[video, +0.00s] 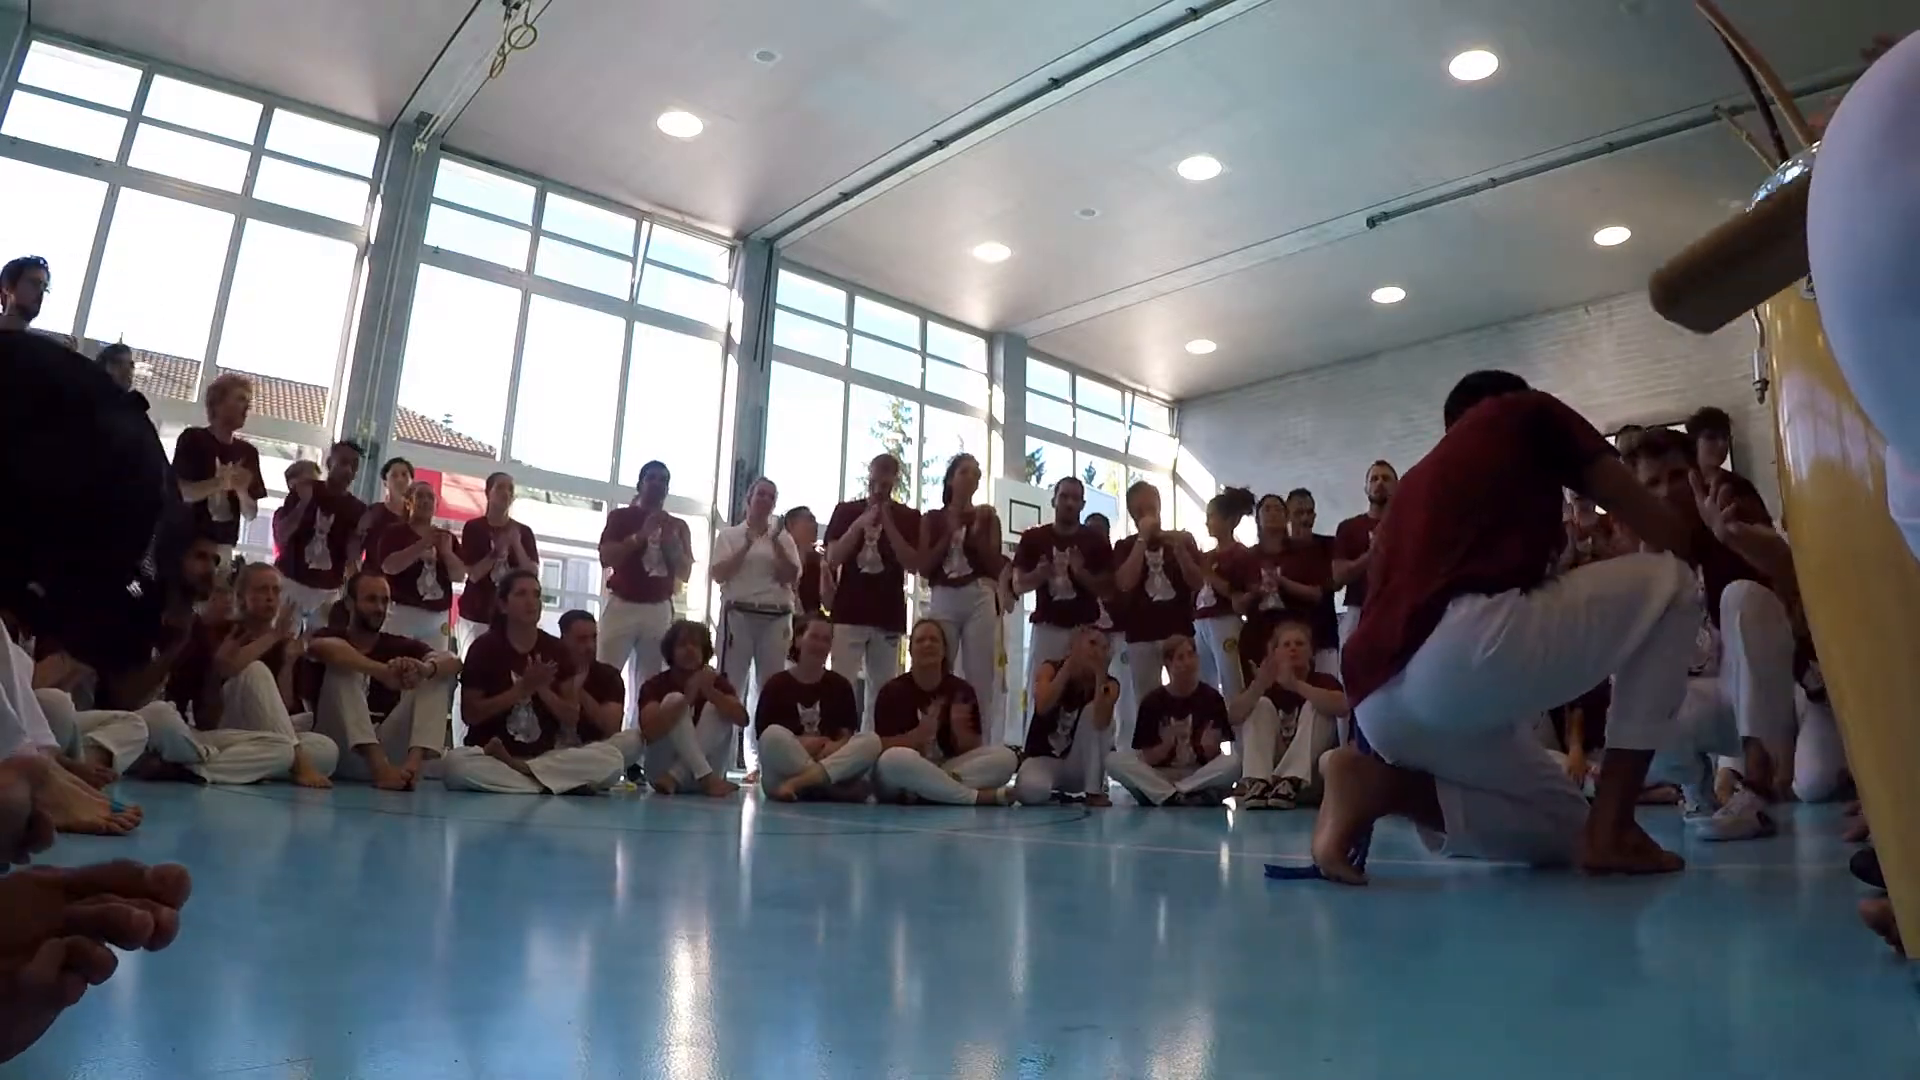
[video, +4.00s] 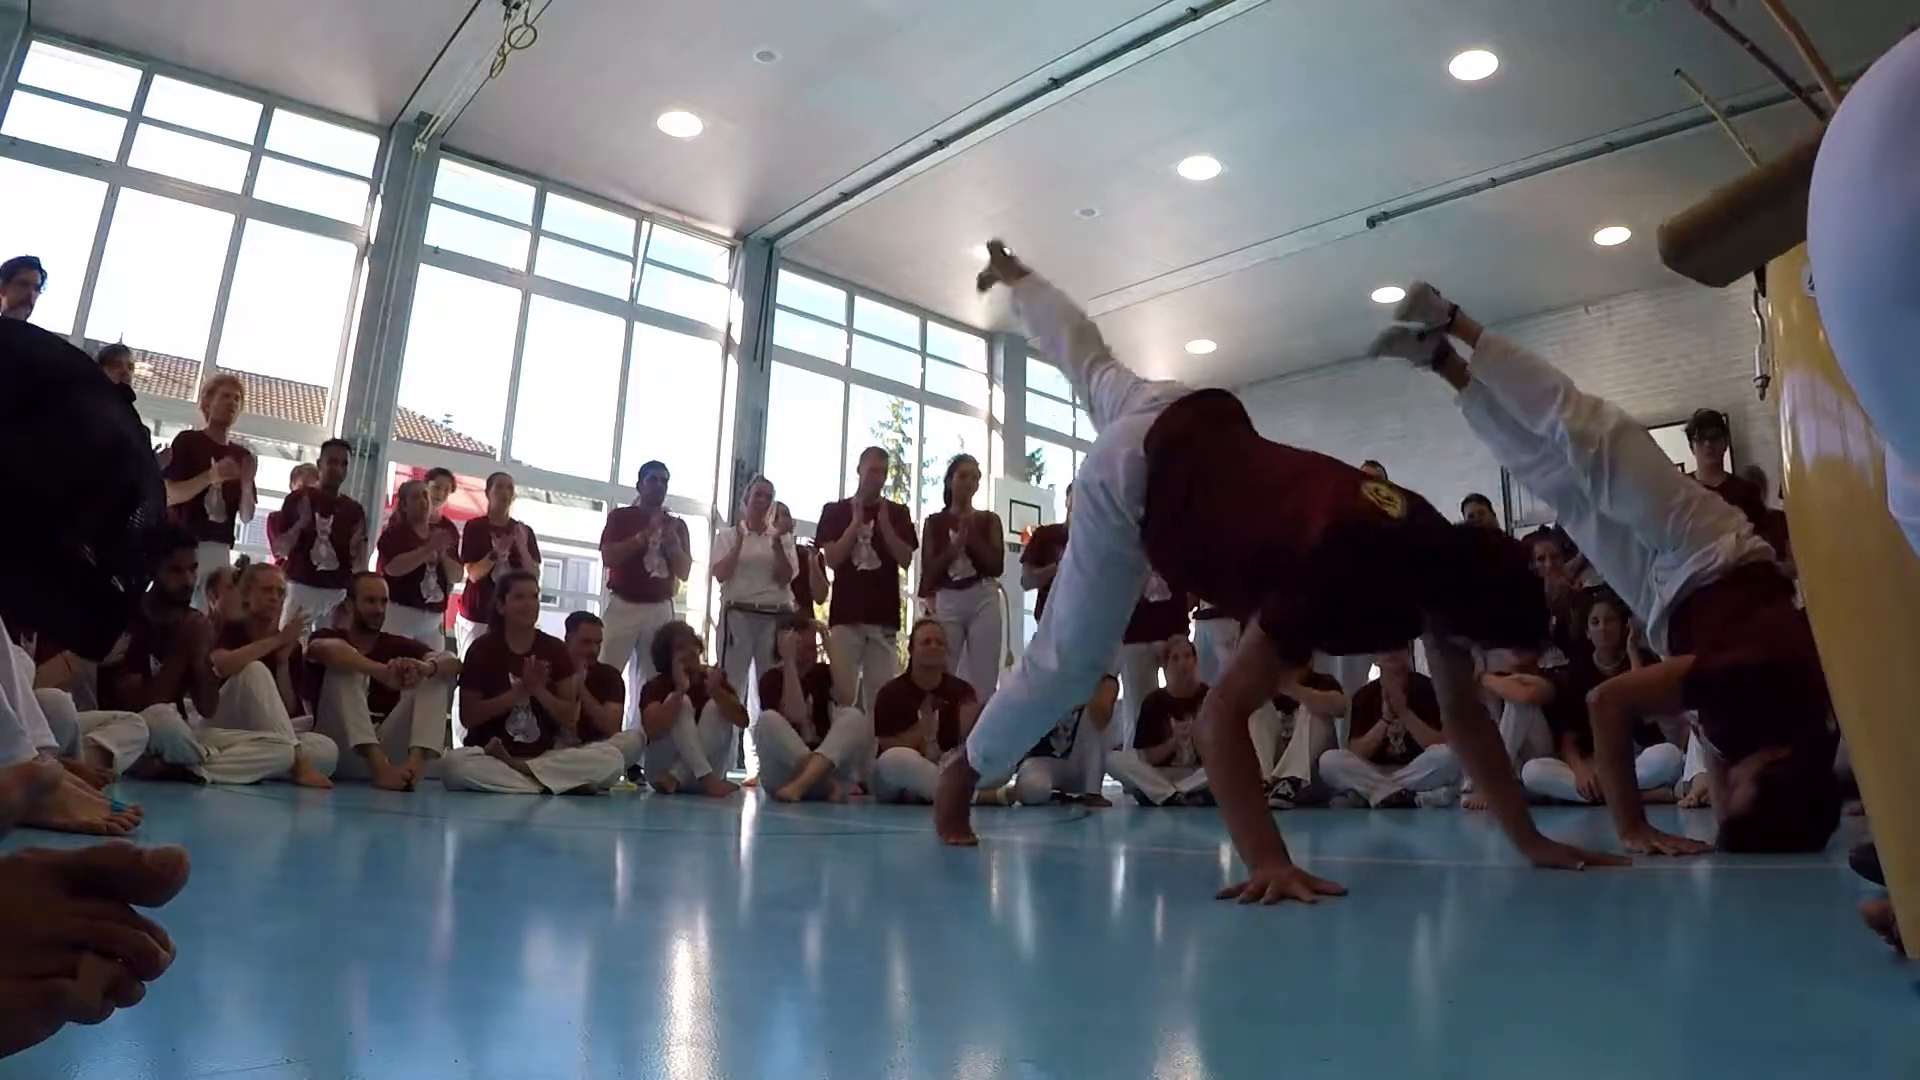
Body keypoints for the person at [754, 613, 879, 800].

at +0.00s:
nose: (820, 645)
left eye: (826, 640)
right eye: (814, 637)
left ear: (831, 646)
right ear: (797, 640)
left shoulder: (840, 685)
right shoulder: (777, 683)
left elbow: (846, 736)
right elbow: (764, 736)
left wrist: (833, 748)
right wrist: (806, 744)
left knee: (872, 742)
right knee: (772, 736)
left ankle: (796, 784)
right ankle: (835, 789)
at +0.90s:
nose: (817, 642)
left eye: (824, 638)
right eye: (811, 635)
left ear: (829, 645)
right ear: (796, 639)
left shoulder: (837, 685)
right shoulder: (774, 684)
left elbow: (848, 733)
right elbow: (764, 736)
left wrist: (826, 736)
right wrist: (801, 731)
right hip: (783, 776)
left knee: (865, 732)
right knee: (776, 728)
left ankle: (796, 784)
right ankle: (836, 789)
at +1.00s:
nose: (817, 644)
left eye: (823, 640)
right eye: (811, 636)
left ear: (828, 646)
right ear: (796, 639)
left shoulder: (836, 685)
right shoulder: (774, 683)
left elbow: (848, 731)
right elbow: (764, 733)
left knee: (863, 729)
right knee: (778, 723)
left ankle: (795, 784)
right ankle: (837, 788)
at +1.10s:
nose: (817, 644)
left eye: (823, 641)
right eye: (811, 637)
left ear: (828, 647)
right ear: (796, 639)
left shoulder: (835, 683)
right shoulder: (774, 682)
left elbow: (842, 733)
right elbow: (769, 733)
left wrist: (834, 710)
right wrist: (802, 713)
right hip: (784, 775)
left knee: (861, 725)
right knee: (780, 719)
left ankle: (795, 783)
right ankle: (835, 787)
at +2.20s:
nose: (823, 645)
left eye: (830, 640)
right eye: (817, 637)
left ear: (835, 646)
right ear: (801, 638)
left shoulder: (841, 680)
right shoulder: (782, 678)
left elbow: (854, 723)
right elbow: (778, 730)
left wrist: (833, 683)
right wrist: (816, 693)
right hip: (785, 776)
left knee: (866, 729)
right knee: (765, 722)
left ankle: (797, 784)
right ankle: (832, 785)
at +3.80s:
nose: (817, 646)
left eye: (819, 639)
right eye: (809, 642)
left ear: (822, 640)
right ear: (790, 647)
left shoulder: (833, 673)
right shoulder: (776, 681)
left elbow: (847, 705)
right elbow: (803, 732)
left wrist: (826, 663)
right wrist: (805, 680)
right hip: (787, 778)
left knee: (854, 720)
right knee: (769, 717)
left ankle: (794, 784)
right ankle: (829, 785)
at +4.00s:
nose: (812, 650)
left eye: (814, 646)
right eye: (806, 646)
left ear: (817, 646)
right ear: (784, 648)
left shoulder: (823, 672)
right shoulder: (771, 678)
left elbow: (846, 698)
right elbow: (797, 715)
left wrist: (829, 646)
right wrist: (789, 661)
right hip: (785, 778)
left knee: (854, 717)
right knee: (768, 719)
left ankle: (801, 784)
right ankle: (829, 785)